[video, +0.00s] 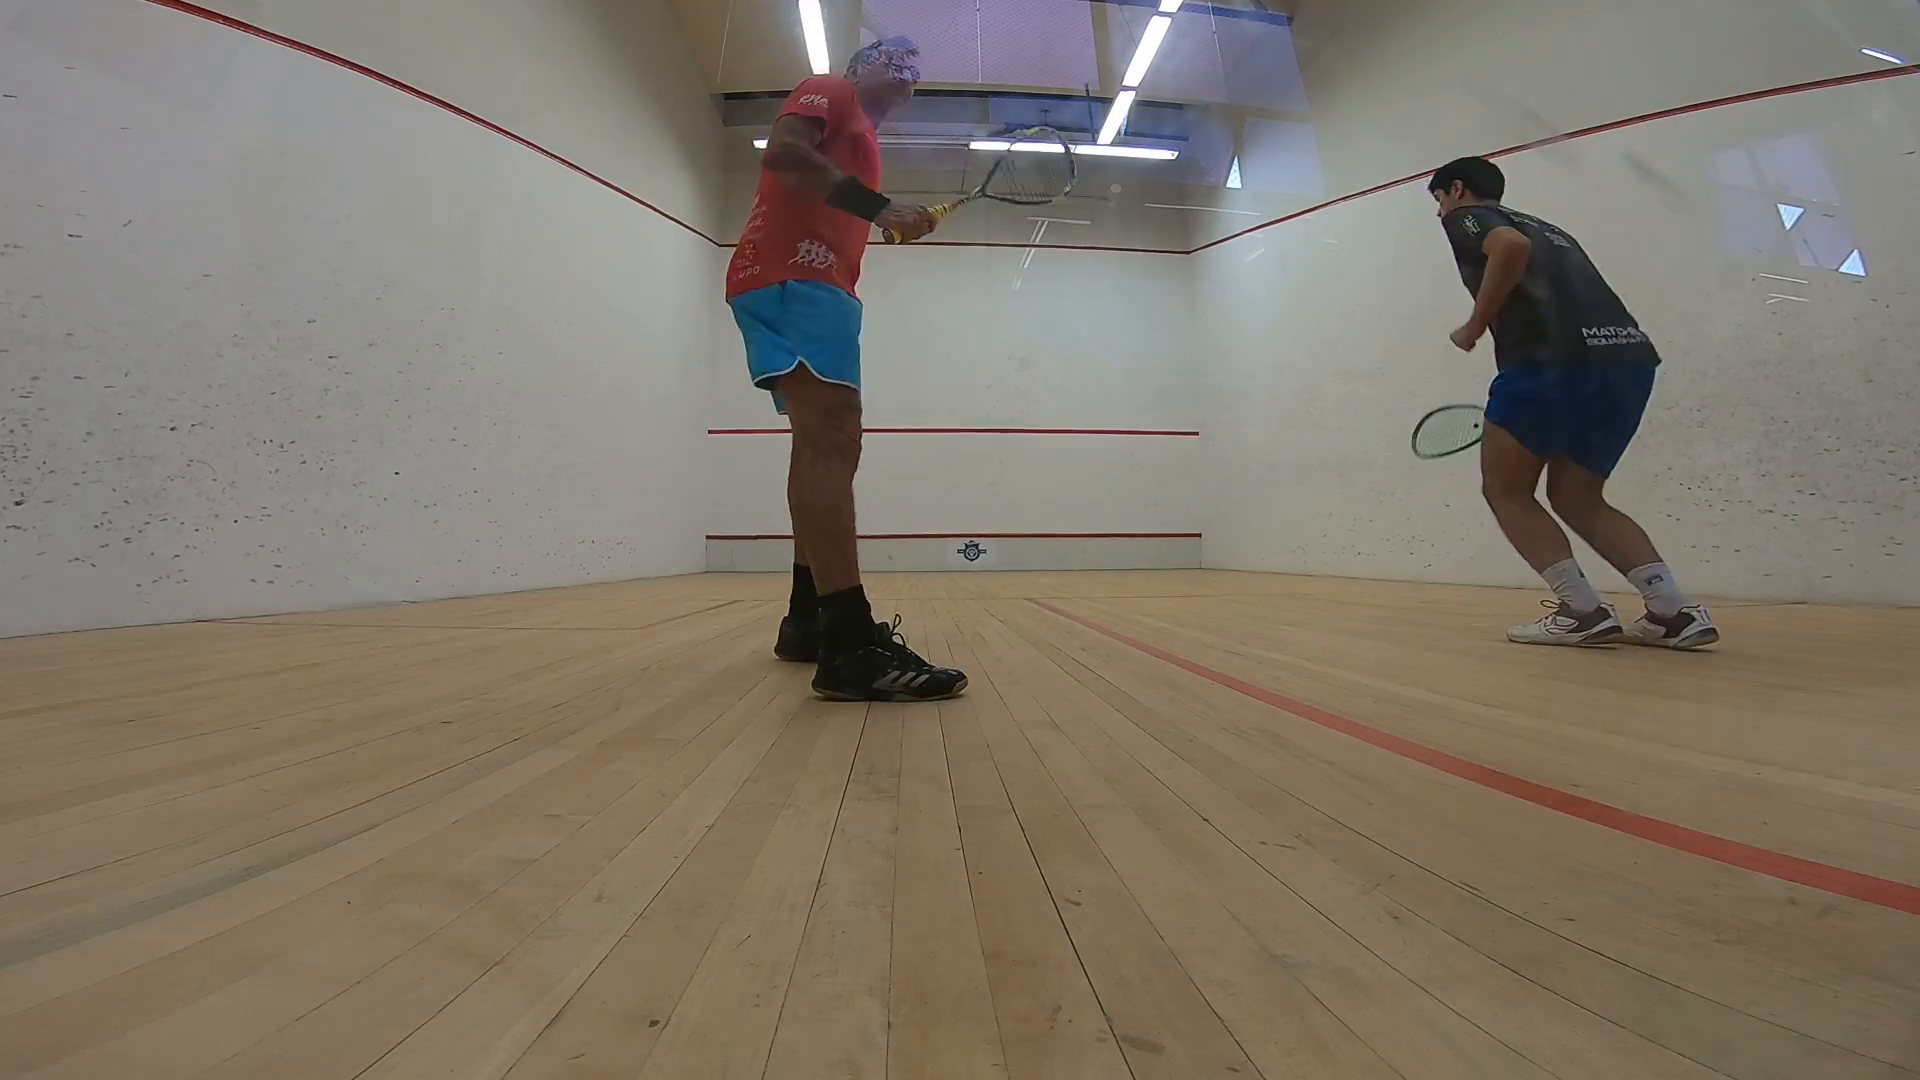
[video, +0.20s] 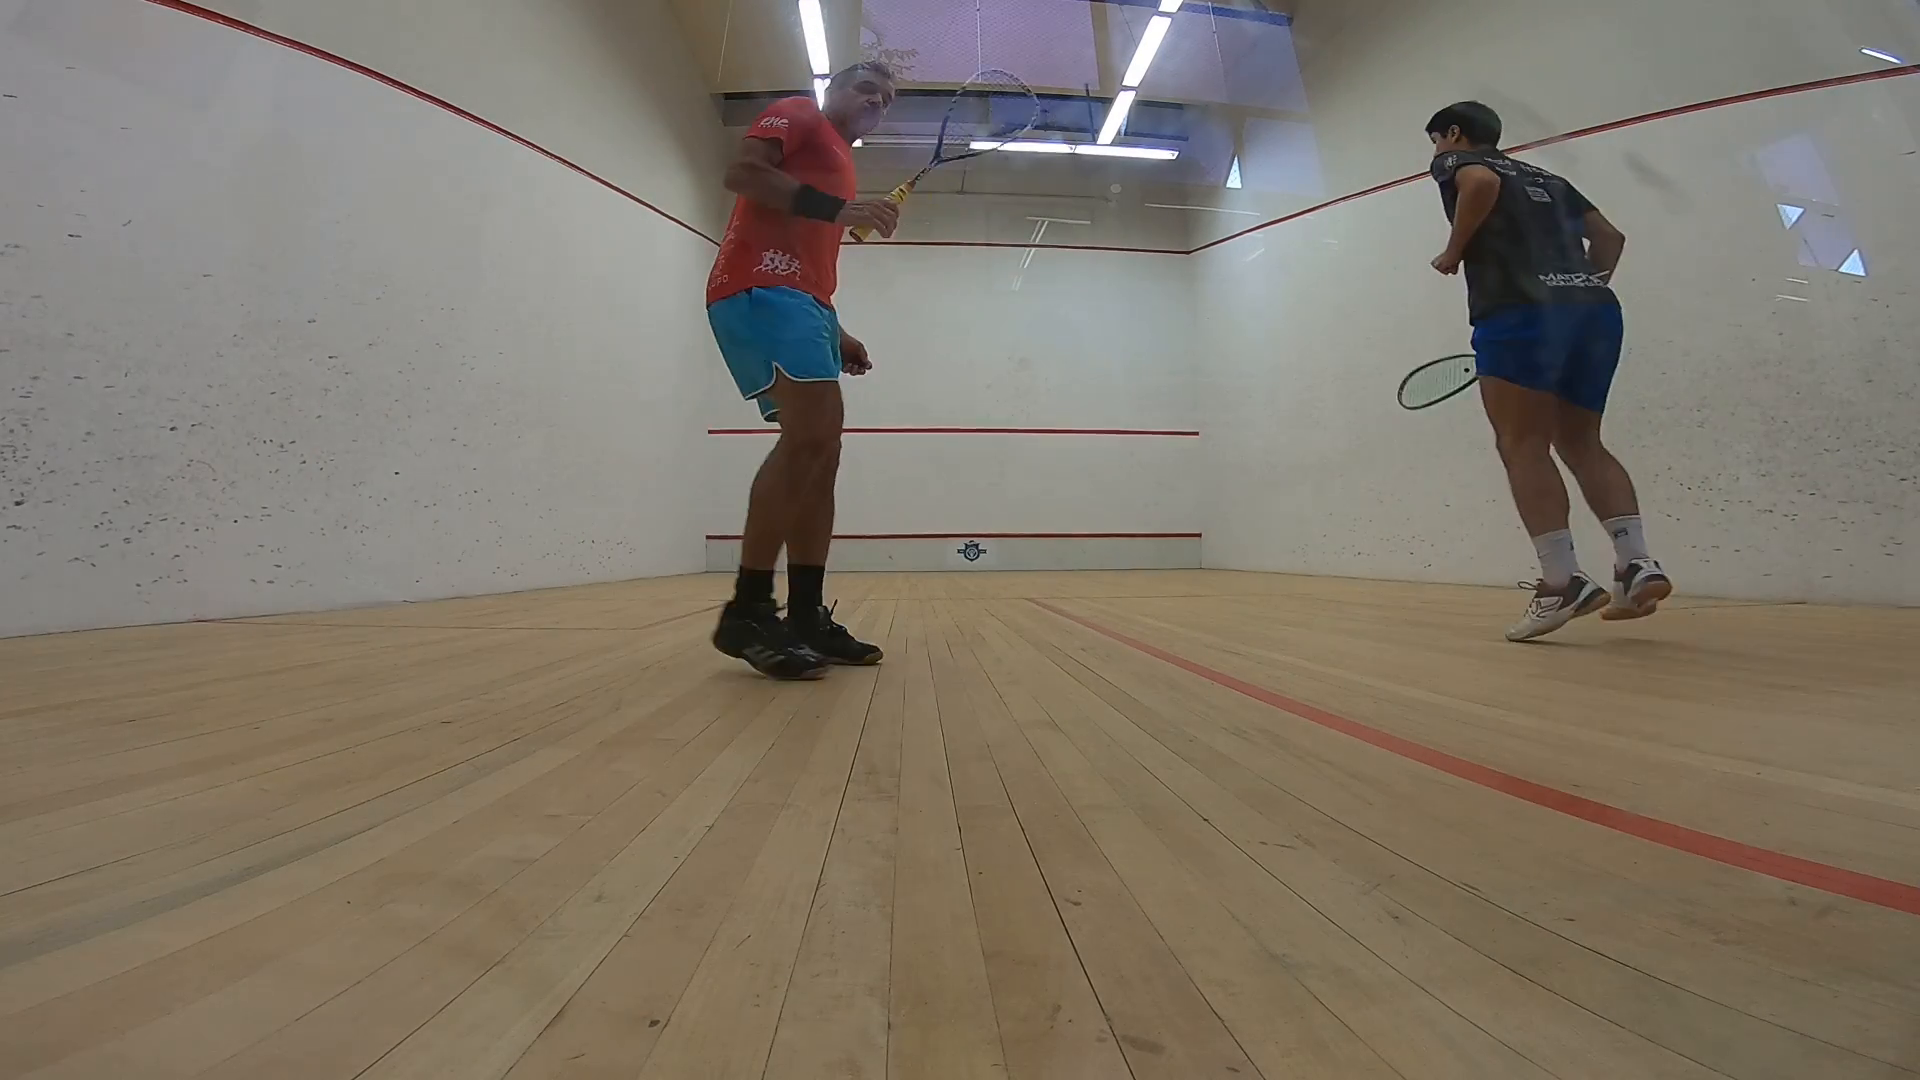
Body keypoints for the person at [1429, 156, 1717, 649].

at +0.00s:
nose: (1438, 209)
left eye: (1439, 198)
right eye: (1436, 201)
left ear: (1458, 190)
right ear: (1493, 191)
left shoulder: (1465, 216)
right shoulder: (1540, 227)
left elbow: (1509, 243)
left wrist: (1475, 324)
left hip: (1552, 359)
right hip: (1628, 355)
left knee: (1506, 489)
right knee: (1575, 495)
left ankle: (1582, 609)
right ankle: (1672, 610)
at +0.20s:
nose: (1437, 152)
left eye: (1437, 142)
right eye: (1436, 144)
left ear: (1453, 134)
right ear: (1489, 138)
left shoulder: (1451, 157)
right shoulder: (1543, 177)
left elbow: (1481, 181)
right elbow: (1610, 238)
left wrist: (1453, 250)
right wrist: (1581, 292)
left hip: (1522, 315)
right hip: (1596, 311)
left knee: (1521, 445)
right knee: (1580, 440)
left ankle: (1561, 583)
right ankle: (1637, 566)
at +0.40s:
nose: (1439, 169)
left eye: (1442, 160)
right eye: (1440, 161)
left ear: (1463, 158)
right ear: (1496, 161)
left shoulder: (1456, 189)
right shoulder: (1547, 199)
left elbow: (1483, 235)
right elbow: (1610, 263)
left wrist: (1459, 300)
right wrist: (1583, 323)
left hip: (1522, 335)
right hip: (1594, 336)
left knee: (1495, 466)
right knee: (1558, 463)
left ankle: (1531, 594)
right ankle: (1595, 597)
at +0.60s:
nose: (1442, 157)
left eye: (1445, 147)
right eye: (1442, 148)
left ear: (1467, 143)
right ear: (1501, 149)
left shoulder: (1457, 175)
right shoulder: (1554, 193)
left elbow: (1481, 213)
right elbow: (1608, 257)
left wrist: (1457, 287)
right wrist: (1574, 313)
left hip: (1505, 335)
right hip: (1578, 337)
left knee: (1494, 459)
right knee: (1562, 460)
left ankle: (1529, 593)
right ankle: (1588, 593)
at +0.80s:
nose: (1446, 148)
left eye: (1450, 138)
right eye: (1447, 139)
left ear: (1474, 133)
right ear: (1503, 141)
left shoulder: (1462, 170)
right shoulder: (1554, 185)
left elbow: (1484, 219)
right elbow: (1610, 254)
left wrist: (1443, 294)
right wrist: (1579, 303)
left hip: (1507, 318)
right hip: (1581, 320)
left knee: (1492, 451)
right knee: (1553, 451)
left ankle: (1520, 589)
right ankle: (1595, 582)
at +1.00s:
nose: (1448, 154)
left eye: (1451, 144)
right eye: (1449, 145)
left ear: (1472, 141)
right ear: (1508, 147)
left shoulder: (1467, 174)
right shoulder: (1561, 191)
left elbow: (1492, 219)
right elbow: (1611, 257)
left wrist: (1464, 303)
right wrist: (1574, 317)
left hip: (1517, 330)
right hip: (1590, 336)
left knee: (1499, 458)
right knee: (1566, 457)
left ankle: (1524, 596)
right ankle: (1601, 594)